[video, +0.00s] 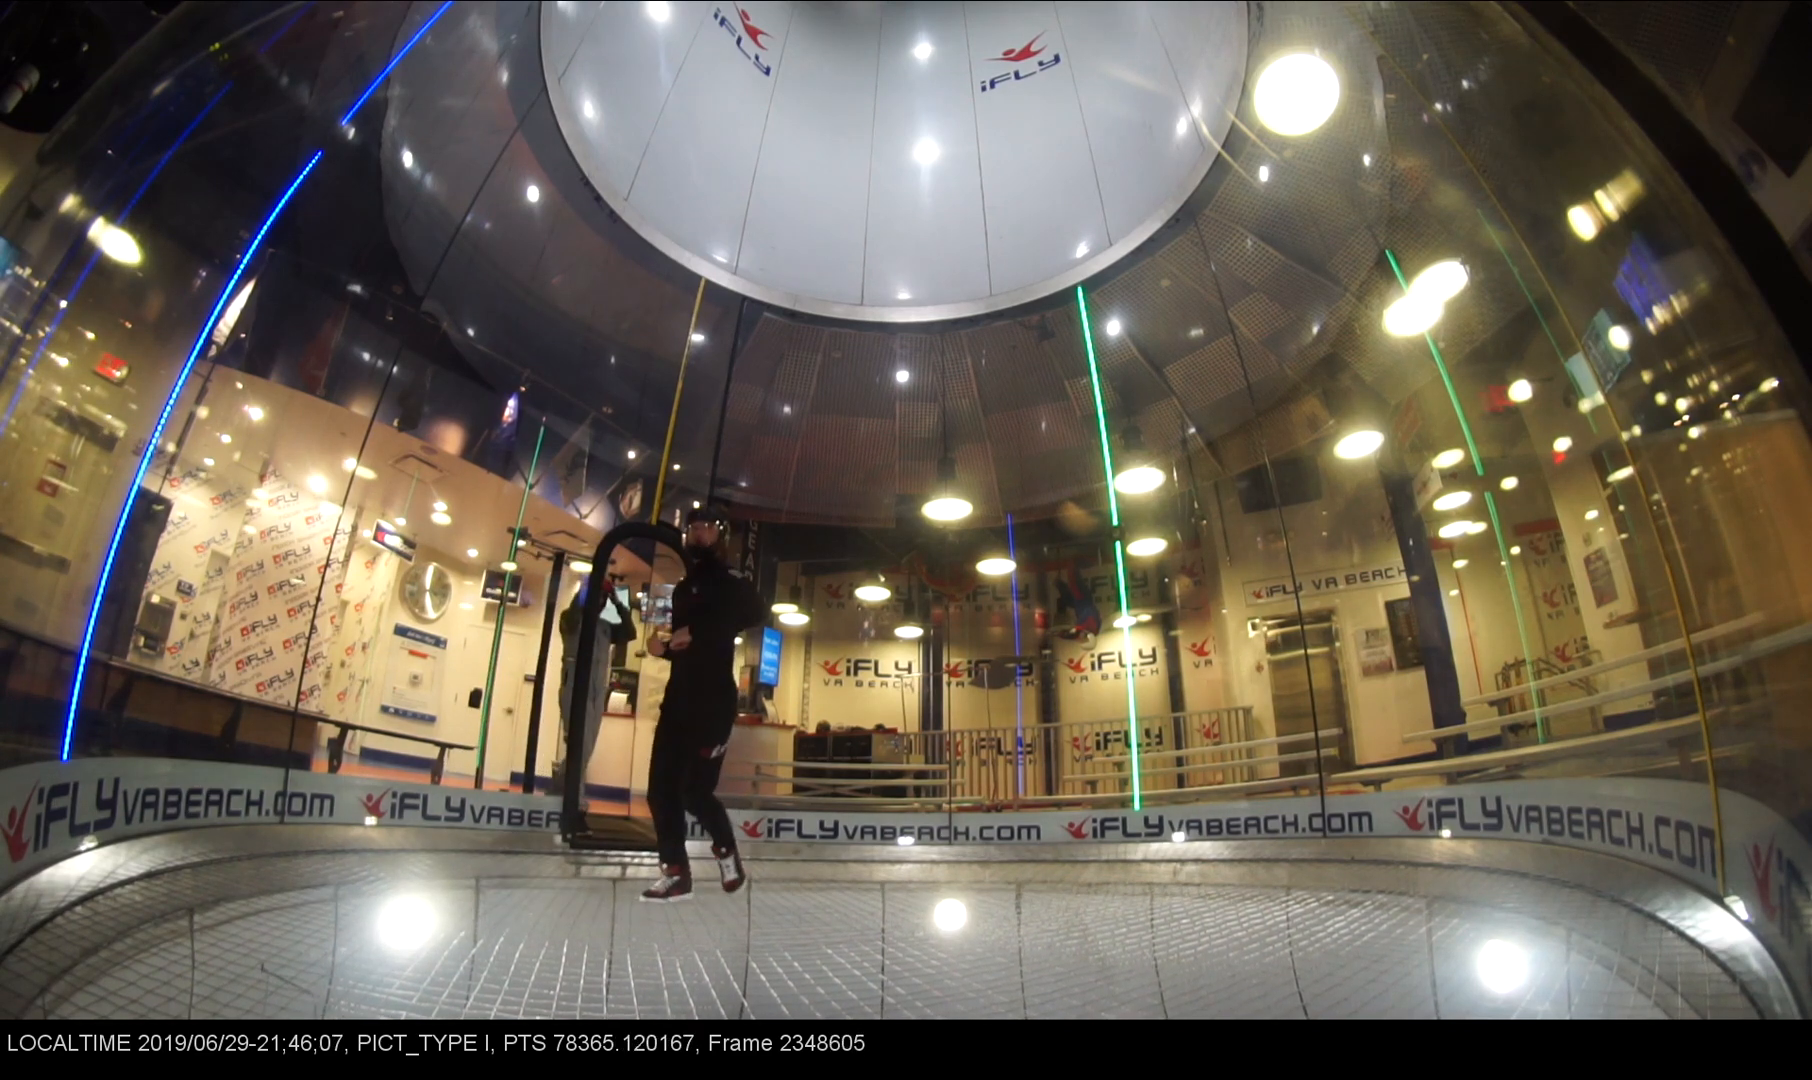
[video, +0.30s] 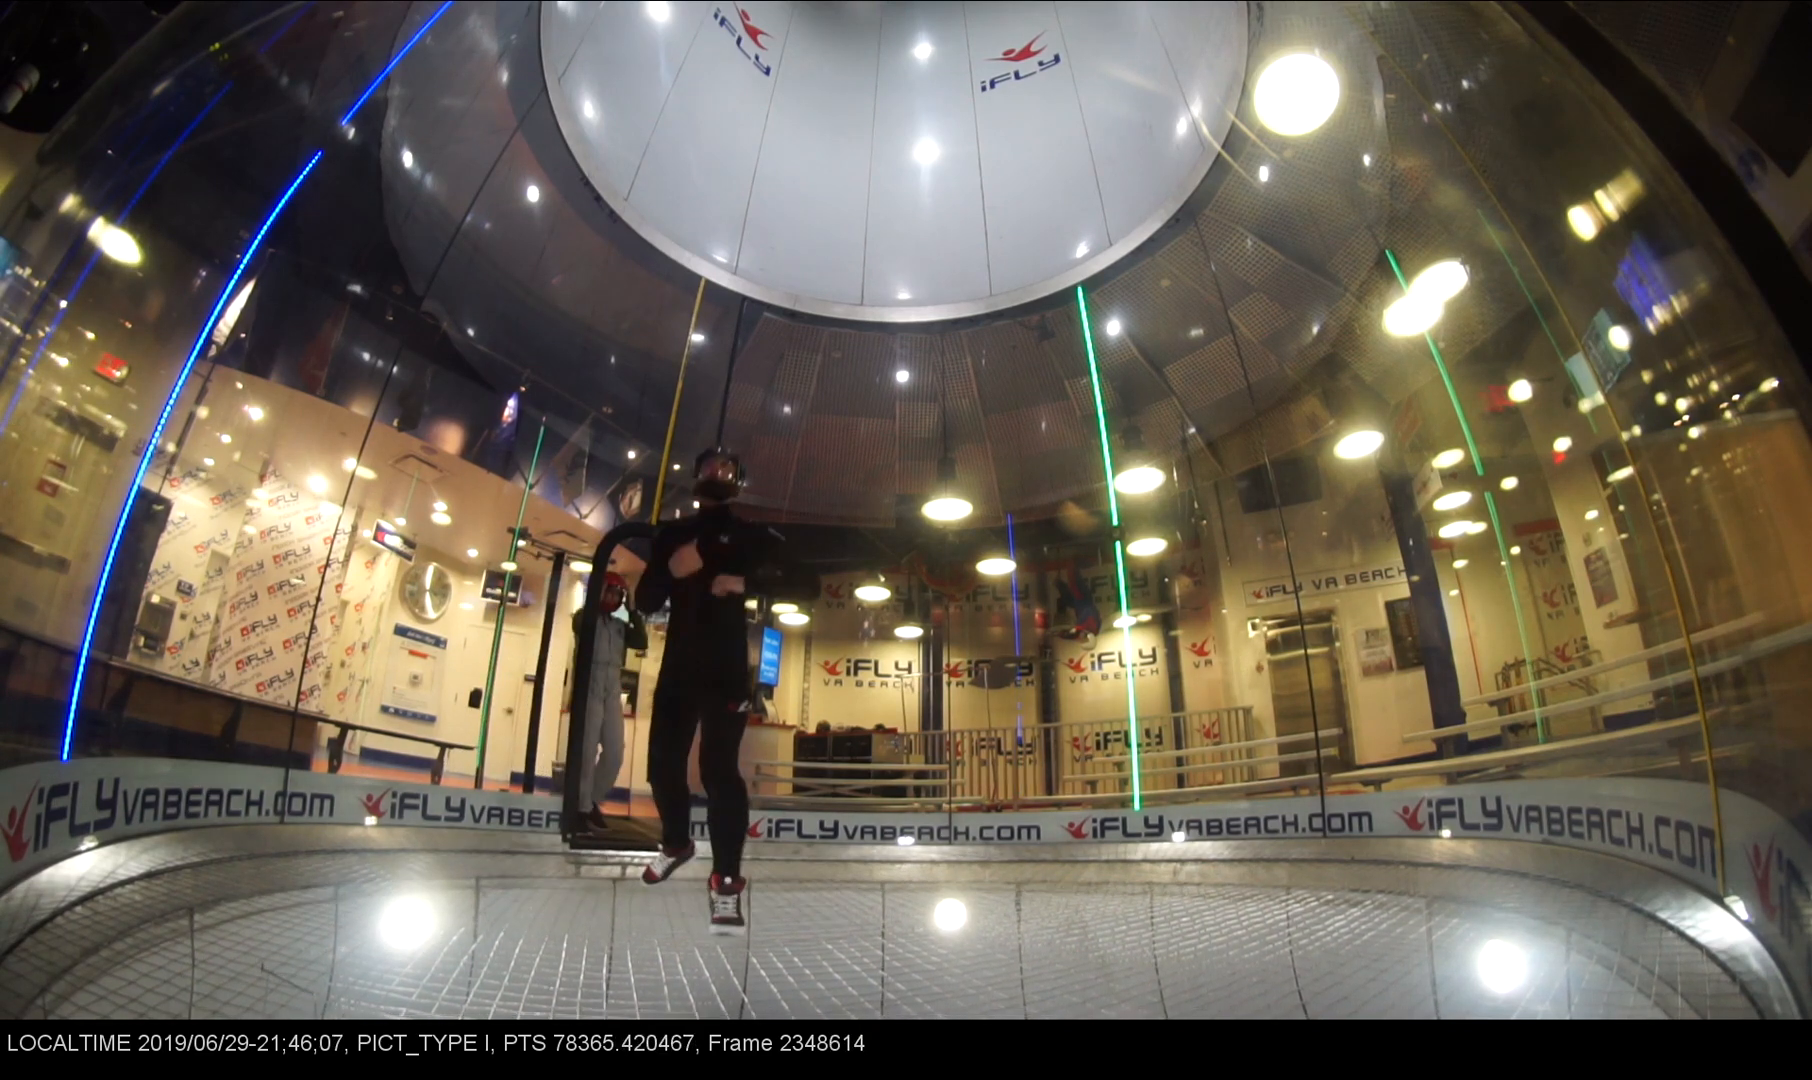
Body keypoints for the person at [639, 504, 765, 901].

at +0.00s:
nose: (698, 533)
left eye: (707, 526)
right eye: (694, 525)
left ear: (722, 533)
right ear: (687, 532)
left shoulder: (734, 582)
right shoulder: (685, 586)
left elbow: (755, 616)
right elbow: (681, 637)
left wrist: (697, 631)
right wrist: (659, 645)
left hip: (715, 695)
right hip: (680, 692)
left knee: (695, 792)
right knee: (661, 789)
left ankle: (726, 849)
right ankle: (676, 872)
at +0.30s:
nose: (718, 478)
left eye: (727, 472)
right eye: (710, 470)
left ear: (739, 485)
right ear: (695, 481)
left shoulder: (751, 534)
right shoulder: (674, 534)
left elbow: (804, 582)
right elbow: (644, 602)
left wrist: (744, 583)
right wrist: (672, 569)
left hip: (727, 664)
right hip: (679, 662)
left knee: (718, 768)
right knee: (664, 762)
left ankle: (727, 876)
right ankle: (677, 844)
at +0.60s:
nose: (739, 424)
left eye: (750, 419)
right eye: (730, 417)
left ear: (763, 438)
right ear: (713, 431)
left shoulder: (775, 508)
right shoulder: (684, 487)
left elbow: (803, 579)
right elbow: (658, 456)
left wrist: (746, 525)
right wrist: (685, 384)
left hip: (735, 659)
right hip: (675, 654)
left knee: (728, 789)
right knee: (661, 781)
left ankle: (727, 904)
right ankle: (671, 891)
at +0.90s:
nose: (741, 347)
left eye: (753, 343)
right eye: (730, 340)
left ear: (767, 366)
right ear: (708, 358)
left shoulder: (781, 444)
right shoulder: (682, 415)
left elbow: (818, 521)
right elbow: (668, 341)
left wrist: (745, 453)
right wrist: (686, 256)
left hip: (740, 608)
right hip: (665, 603)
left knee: (736, 761)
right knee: (654, 762)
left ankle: (729, 885)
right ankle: (647, 934)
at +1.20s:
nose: (757, 295)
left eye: (768, 285)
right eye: (750, 282)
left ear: (779, 301)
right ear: (720, 295)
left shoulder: (789, 378)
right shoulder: (677, 366)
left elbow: (834, 429)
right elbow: (629, 381)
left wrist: (763, 328)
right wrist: (709, 276)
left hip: (750, 595)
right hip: (668, 592)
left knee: (761, 785)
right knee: (655, 781)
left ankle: (732, 894)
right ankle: (647, 959)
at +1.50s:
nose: (817, 227)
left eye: (827, 218)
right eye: (804, 213)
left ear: (830, 243)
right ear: (765, 230)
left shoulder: (836, 333)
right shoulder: (709, 310)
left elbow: (901, 389)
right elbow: (665, 326)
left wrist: (806, 286)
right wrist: (765, 210)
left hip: (796, 564)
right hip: (696, 558)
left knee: (856, 770)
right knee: (668, 765)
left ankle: (914, 988)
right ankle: (654, 959)